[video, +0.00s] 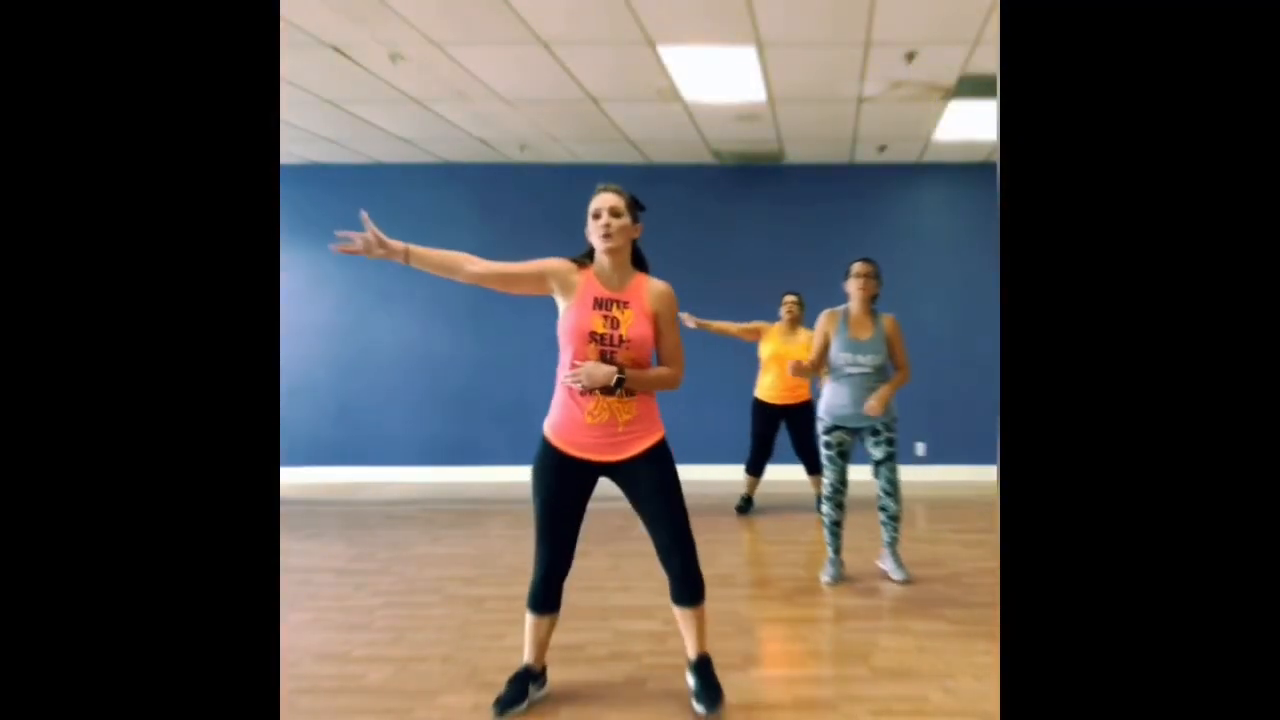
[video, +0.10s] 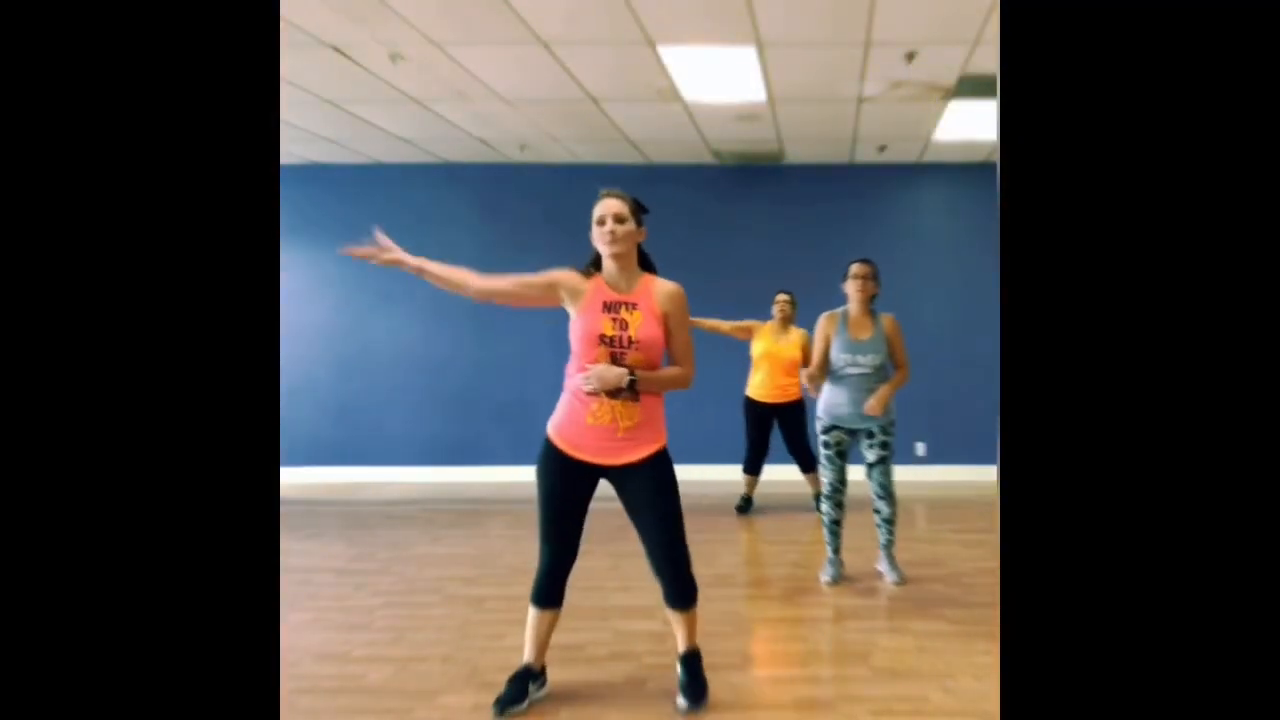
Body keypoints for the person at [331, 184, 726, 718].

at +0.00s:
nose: (605, 223)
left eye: (615, 215)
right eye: (597, 216)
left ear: (636, 227)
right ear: (587, 228)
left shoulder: (657, 294)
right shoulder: (564, 277)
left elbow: (673, 375)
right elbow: (473, 269)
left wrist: (619, 375)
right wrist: (395, 249)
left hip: (640, 446)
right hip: (567, 444)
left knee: (681, 556)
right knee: (550, 564)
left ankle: (699, 664)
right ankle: (532, 670)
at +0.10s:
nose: (610, 229)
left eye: (621, 221)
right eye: (602, 222)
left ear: (641, 231)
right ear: (592, 234)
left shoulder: (667, 296)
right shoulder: (572, 286)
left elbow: (684, 375)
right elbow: (479, 285)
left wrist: (629, 377)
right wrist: (409, 261)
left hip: (641, 451)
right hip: (570, 445)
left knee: (674, 565)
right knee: (554, 561)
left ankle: (689, 658)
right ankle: (532, 669)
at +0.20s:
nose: (624, 234)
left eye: (634, 227)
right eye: (615, 227)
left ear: (650, 237)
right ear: (602, 238)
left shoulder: (677, 297)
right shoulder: (585, 301)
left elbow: (702, 372)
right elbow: (515, 338)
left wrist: (646, 383)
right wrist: (474, 282)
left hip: (652, 457)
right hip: (582, 449)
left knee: (665, 574)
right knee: (563, 562)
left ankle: (686, 668)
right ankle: (532, 669)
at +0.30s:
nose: (637, 227)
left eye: (647, 219)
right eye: (628, 219)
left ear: (662, 230)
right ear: (613, 231)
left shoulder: (685, 281)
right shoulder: (595, 298)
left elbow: (718, 355)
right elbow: (564, 368)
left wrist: (658, 371)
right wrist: (545, 311)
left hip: (670, 445)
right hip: (602, 442)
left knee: (673, 569)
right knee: (567, 559)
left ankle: (687, 669)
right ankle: (538, 669)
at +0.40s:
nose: (644, 223)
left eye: (655, 216)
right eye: (636, 215)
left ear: (668, 228)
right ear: (621, 227)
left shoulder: (688, 274)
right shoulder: (603, 293)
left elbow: (728, 346)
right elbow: (599, 376)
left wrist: (665, 365)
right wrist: (578, 323)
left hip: (685, 437)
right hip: (620, 435)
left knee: (683, 559)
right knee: (572, 541)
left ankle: (687, 665)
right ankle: (576, 648)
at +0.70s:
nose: (656, 222)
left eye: (666, 215)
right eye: (647, 214)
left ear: (678, 226)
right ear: (630, 224)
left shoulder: (699, 280)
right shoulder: (606, 289)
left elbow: (729, 352)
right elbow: (604, 371)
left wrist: (676, 367)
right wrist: (608, 346)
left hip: (697, 439)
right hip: (633, 442)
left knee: (692, 556)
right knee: (647, 557)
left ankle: (691, 664)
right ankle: (656, 657)